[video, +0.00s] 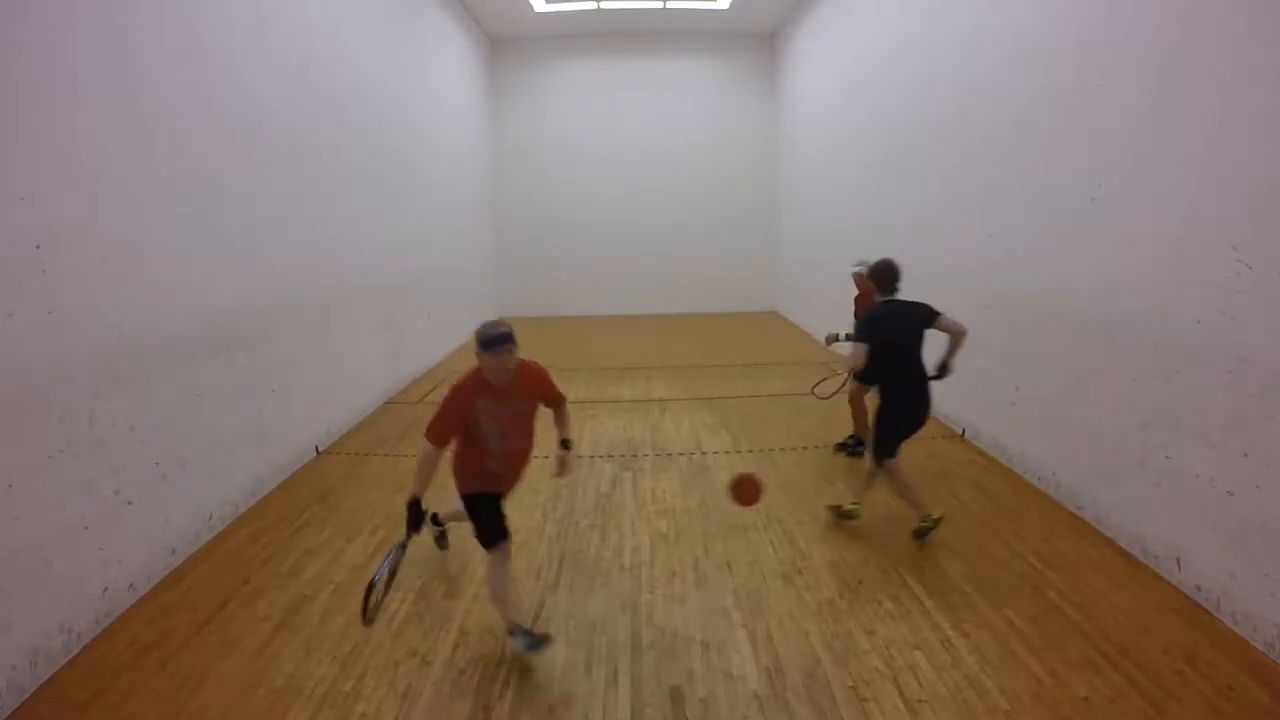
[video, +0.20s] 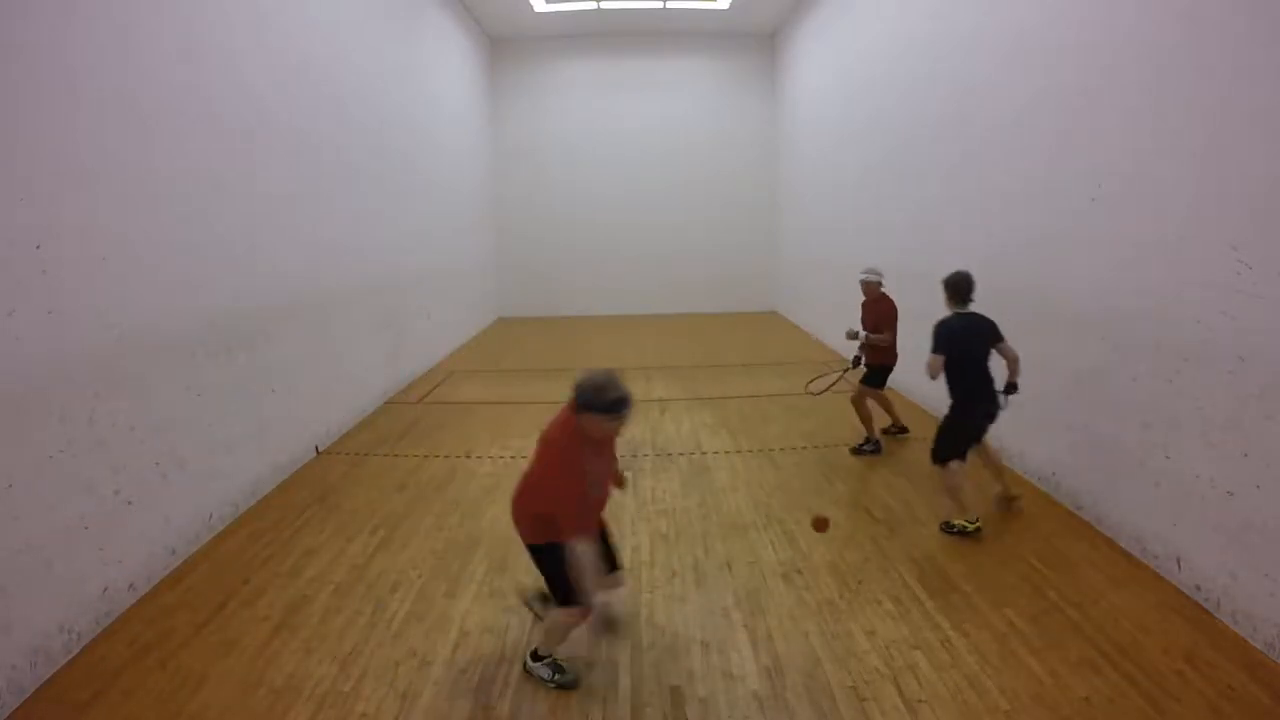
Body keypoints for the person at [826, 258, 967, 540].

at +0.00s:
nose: (865, 285)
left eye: (867, 281)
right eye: (868, 281)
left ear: (874, 285)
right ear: (896, 283)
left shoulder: (870, 318)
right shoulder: (916, 310)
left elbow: (857, 364)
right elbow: (958, 331)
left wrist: (848, 356)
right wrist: (946, 362)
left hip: (893, 405)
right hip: (920, 402)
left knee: (884, 460)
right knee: (877, 451)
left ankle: (926, 514)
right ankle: (856, 503)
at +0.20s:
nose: (945, 296)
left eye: (945, 292)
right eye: (950, 292)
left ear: (947, 295)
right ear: (970, 294)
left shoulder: (944, 327)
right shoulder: (984, 323)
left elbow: (934, 371)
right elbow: (1012, 357)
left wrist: (938, 354)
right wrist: (1011, 383)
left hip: (965, 407)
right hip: (989, 402)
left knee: (944, 459)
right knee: (977, 441)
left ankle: (967, 517)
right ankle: (1007, 489)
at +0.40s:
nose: (1001, 308)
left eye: (1002, 304)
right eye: (1002, 303)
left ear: (1007, 307)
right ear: (1027, 307)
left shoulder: (999, 335)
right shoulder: (1041, 332)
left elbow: (987, 367)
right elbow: (1059, 366)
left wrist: (1003, 349)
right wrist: (1042, 372)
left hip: (1017, 404)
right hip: (1042, 401)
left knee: (992, 452)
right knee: (1032, 449)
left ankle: (992, 504)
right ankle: (1054, 493)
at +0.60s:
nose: (1031, 300)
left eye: (1033, 297)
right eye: (1033, 296)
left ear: (1037, 300)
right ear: (1058, 300)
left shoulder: (1027, 324)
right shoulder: (1072, 327)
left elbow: (1044, 336)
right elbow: (1082, 364)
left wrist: (1062, 319)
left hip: (1038, 393)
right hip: (1065, 394)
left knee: (1020, 439)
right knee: (1042, 441)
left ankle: (1030, 488)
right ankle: (1054, 491)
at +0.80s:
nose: (1028, 294)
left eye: (1030, 291)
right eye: (1029, 290)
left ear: (1034, 294)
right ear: (1055, 295)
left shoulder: (1024, 317)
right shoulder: (1069, 323)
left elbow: (1042, 334)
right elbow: (1078, 362)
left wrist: (1059, 315)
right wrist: (1058, 356)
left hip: (1035, 392)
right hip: (1060, 393)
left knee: (1008, 434)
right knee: (1038, 435)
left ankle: (1024, 483)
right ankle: (1053, 489)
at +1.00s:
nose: (999, 294)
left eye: (1001, 290)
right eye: (1001, 290)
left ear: (1007, 295)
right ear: (1027, 295)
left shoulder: (997, 322)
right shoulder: (1040, 321)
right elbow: (1060, 355)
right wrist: (1045, 369)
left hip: (1012, 391)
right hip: (1037, 390)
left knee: (985, 432)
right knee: (1028, 441)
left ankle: (985, 483)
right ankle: (1050, 489)